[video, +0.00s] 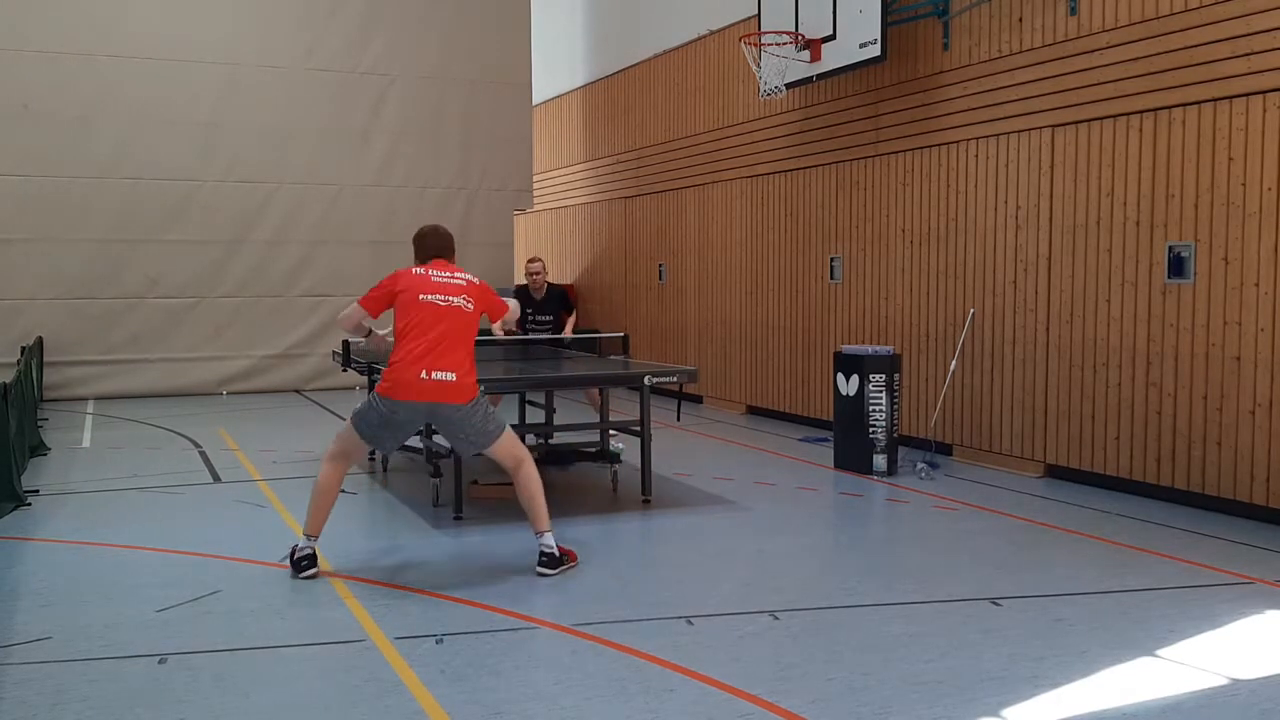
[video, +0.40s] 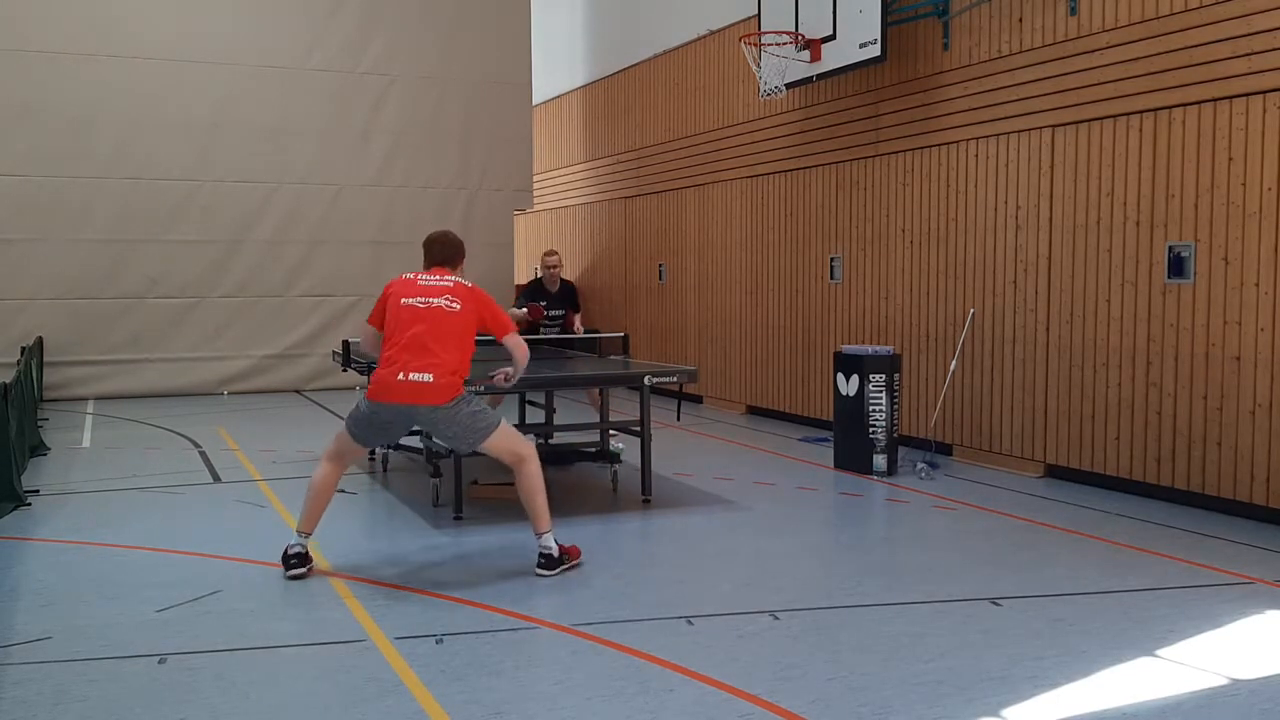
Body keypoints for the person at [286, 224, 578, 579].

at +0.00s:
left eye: (418, 253)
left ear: (417, 255)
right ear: (452, 254)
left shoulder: (402, 279)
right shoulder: (473, 285)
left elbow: (349, 320)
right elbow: (511, 312)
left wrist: (374, 336)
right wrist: (502, 320)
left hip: (400, 394)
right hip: (458, 398)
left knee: (338, 458)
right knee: (519, 461)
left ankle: (306, 548)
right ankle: (548, 547)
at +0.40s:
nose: (459, 269)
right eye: (461, 263)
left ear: (424, 262)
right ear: (460, 265)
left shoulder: (398, 286)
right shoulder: (473, 294)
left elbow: (369, 340)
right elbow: (521, 353)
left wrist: (398, 360)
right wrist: (511, 374)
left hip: (385, 399)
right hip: (445, 400)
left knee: (335, 460)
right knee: (523, 454)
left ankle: (298, 547)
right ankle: (549, 549)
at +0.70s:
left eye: (411, 285)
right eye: (447, 286)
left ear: (411, 284)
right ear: (449, 284)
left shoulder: (398, 297)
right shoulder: (469, 305)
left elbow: (374, 333)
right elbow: (515, 346)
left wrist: (399, 351)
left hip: (391, 413)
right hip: (453, 416)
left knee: (331, 462)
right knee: (524, 459)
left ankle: (294, 549)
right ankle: (552, 549)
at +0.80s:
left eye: (416, 261)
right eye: (449, 260)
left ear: (415, 263)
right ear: (452, 262)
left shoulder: (402, 277)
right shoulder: (473, 288)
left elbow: (355, 307)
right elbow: (511, 316)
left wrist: (375, 328)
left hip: (398, 391)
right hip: (458, 394)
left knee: (341, 458)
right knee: (522, 456)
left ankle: (303, 548)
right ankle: (555, 546)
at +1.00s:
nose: (472, 260)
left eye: (466, 255)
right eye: (472, 255)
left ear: (432, 256)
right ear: (469, 256)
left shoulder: (409, 284)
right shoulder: (484, 291)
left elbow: (352, 321)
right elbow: (536, 330)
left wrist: (377, 330)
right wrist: (552, 312)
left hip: (410, 406)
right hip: (470, 408)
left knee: (342, 459)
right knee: (529, 471)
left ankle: (309, 550)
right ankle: (577, 542)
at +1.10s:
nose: (497, 257)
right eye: (497, 252)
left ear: (458, 249)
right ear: (495, 252)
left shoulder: (430, 279)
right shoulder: (506, 289)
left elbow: (391, 319)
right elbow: (547, 345)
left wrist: (421, 318)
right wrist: (574, 343)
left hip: (427, 404)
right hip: (488, 407)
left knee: (364, 464)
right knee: (547, 459)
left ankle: (315, 548)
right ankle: (584, 534)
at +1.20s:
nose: (533, 255)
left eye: (530, 249)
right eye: (533, 250)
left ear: (494, 245)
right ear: (528, 251)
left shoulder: (460, 272)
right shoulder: (530, 286)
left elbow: (434, 314)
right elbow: (543, 354)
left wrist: (471, 328)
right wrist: (580, 383)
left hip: (446, 389)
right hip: (502, 389)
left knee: (391, 464)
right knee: (568, 447)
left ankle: (341, 545)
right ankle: (605, 535)